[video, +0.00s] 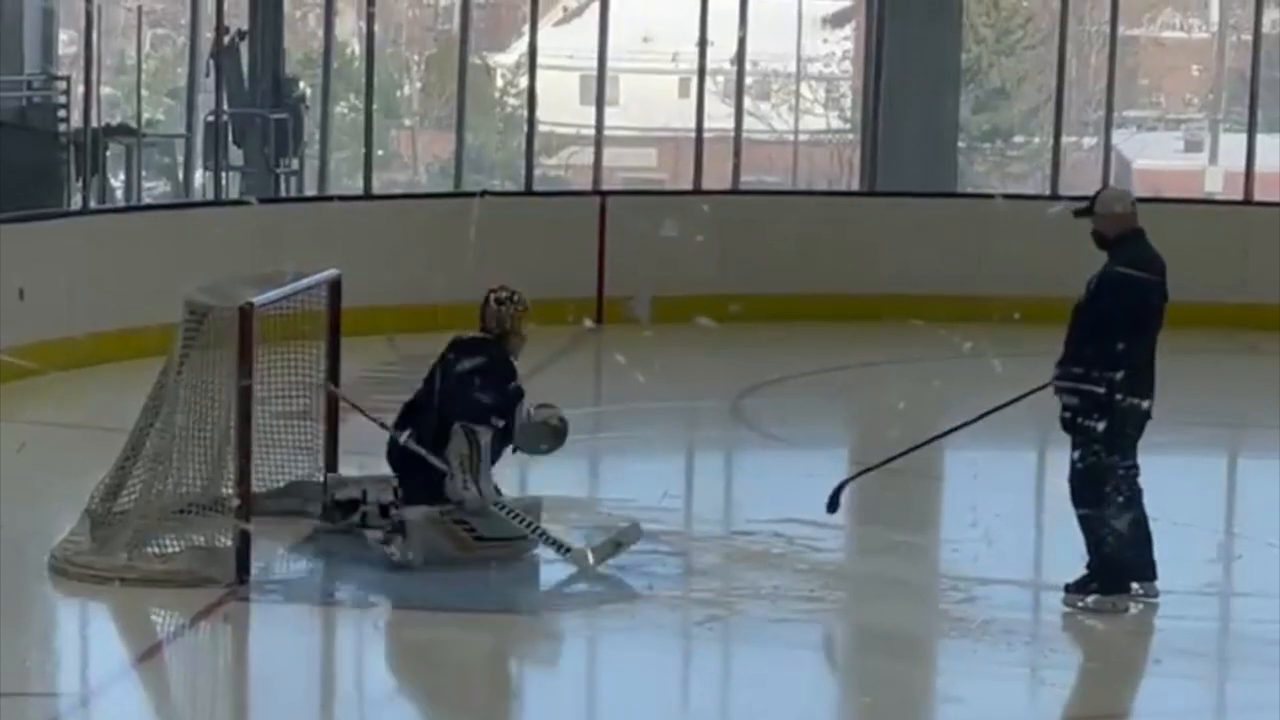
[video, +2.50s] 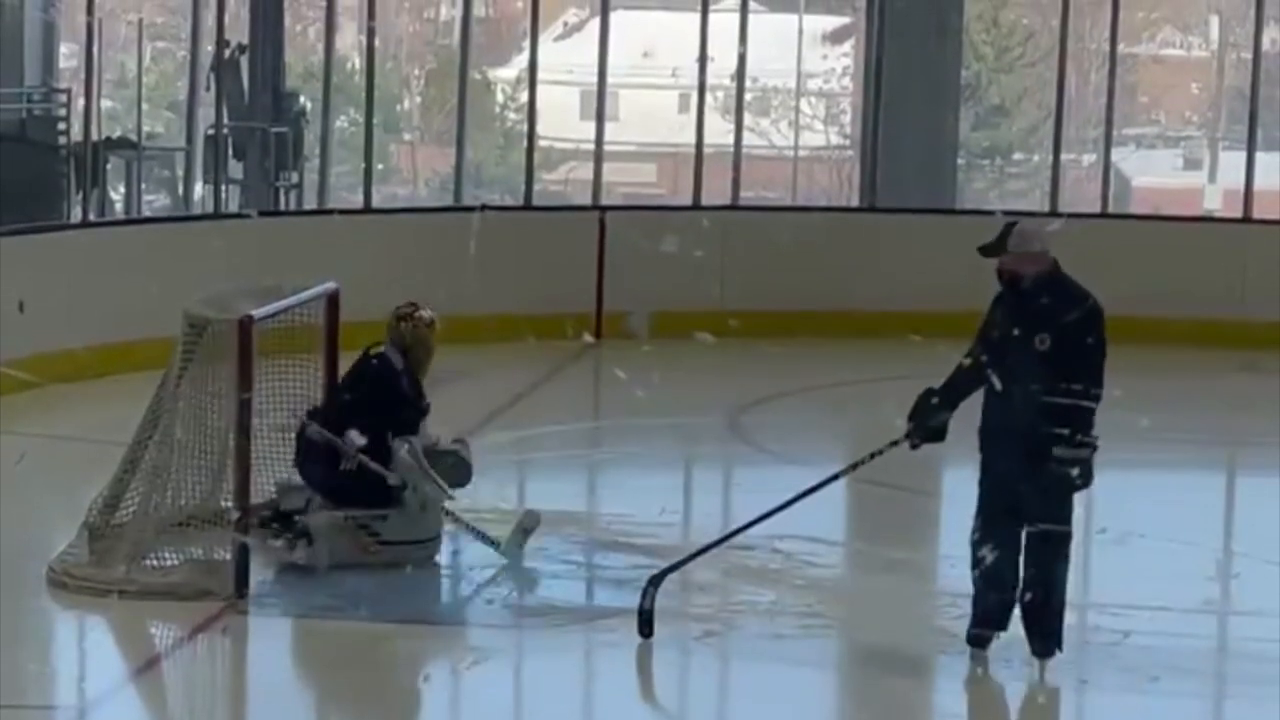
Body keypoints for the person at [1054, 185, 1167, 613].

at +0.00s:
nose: (1092, 229)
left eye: (1097, 221)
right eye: (1092, 221)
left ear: (1113, 221)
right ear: (1127, 219)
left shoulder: (1125, 269)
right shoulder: (1141, 263)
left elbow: (1100, 336)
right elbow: (1103, 332)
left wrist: (1074, 385)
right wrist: (1073, 374)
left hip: (1109, 397)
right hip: (1125, 393)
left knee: (1092, 486)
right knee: (1118, 483)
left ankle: (1110, 577)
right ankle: (1136, 571)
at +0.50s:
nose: (1094, 230)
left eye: (1098, 223)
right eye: (1094, 222)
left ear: (1114, 224)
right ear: (1131, 221)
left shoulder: (1125, 271)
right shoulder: (1149, 263)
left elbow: (1108, 336)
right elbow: (1121, 332)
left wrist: (1074, 363)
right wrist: (1079, 357)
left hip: (1112, 399)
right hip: (1134, 395)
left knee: (1097, 486)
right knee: (1122, 483)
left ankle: (1112, 578)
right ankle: (1134, 572)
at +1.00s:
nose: (1096, 236)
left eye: (1099, 228)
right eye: (1095, 228)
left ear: (1117, 226)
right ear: (1130, 223)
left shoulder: (1128, 272)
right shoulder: (1150, 265)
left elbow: (1103, 336)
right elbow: (1117, 328)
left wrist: (1069, 338)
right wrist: (1077, 334)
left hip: (1115, 404)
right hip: (1134, 401)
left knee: (1098, 489)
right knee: (1122, 487)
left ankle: (1111, 582)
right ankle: (1133, 575)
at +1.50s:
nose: (1063, 256)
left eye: (1067, 247)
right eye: (1061, 248)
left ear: (1088, 243)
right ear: (1090, 243)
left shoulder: (1113, 287)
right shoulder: (1105, 279)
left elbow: (1111, 361)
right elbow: (1104, 356)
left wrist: (1091, 417)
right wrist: (1083, 407)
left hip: (1112, 413)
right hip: (1113, 410)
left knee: (1088, 494)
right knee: (1115, 494)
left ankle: (1094, 589)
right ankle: (1133, 581)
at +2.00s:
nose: (1030, 262)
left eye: (1036, 256)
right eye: (1029, 255)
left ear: (1060, 254)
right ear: (1044, 254)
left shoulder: (1102, 298)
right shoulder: (1040, 287)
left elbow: (1105, 376)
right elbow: (1017, 345)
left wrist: (1090, 437)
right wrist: (983, 386)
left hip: (1077, 425)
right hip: (1038, 422)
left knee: (1056, 519)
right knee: (1054, 511)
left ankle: (1046, 615)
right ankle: (1075, 586)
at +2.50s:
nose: (999, 268)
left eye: (1006, 261)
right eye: (999, 261)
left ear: (1031, 259)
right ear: (1017, 259)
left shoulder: (1080, 309)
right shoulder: (1009, 299)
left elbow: (1084, 387)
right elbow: (979, 361)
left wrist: (1074, 447)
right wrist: (940, 404)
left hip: (1052, 449)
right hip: (1002, 445)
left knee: (1047, 547)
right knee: (993, 540)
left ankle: (1045, 642)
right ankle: (984, 628)